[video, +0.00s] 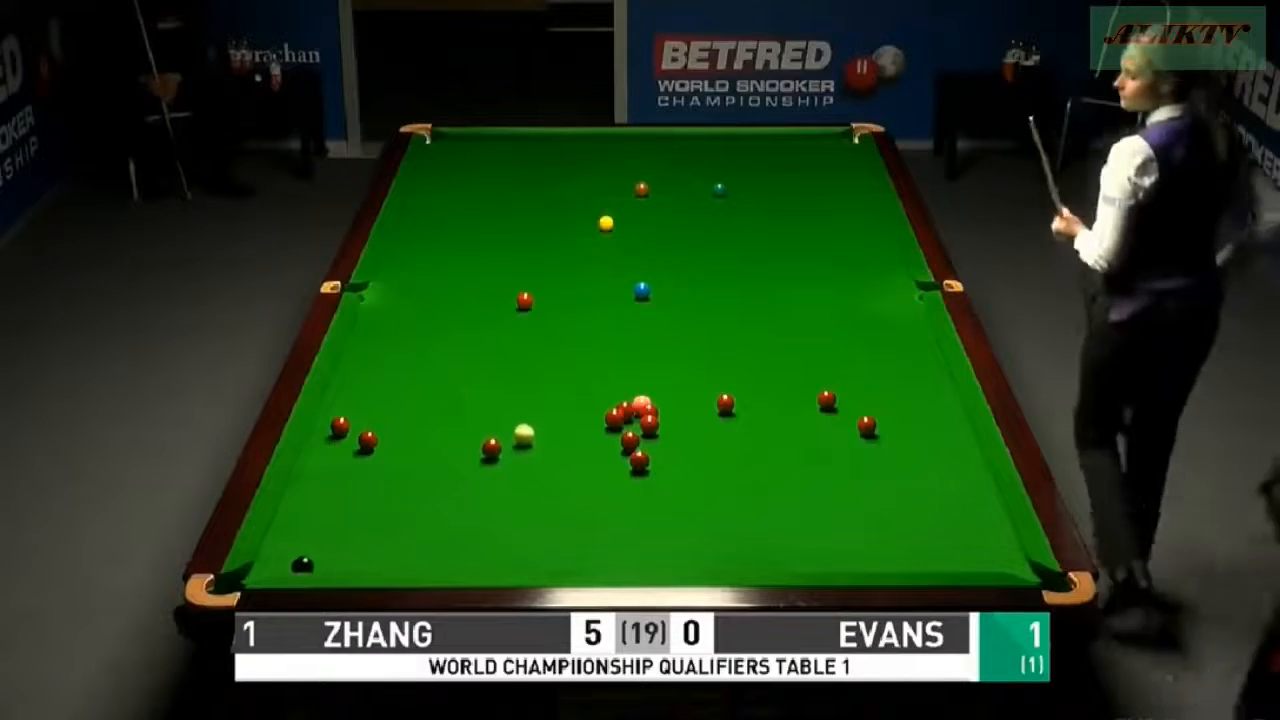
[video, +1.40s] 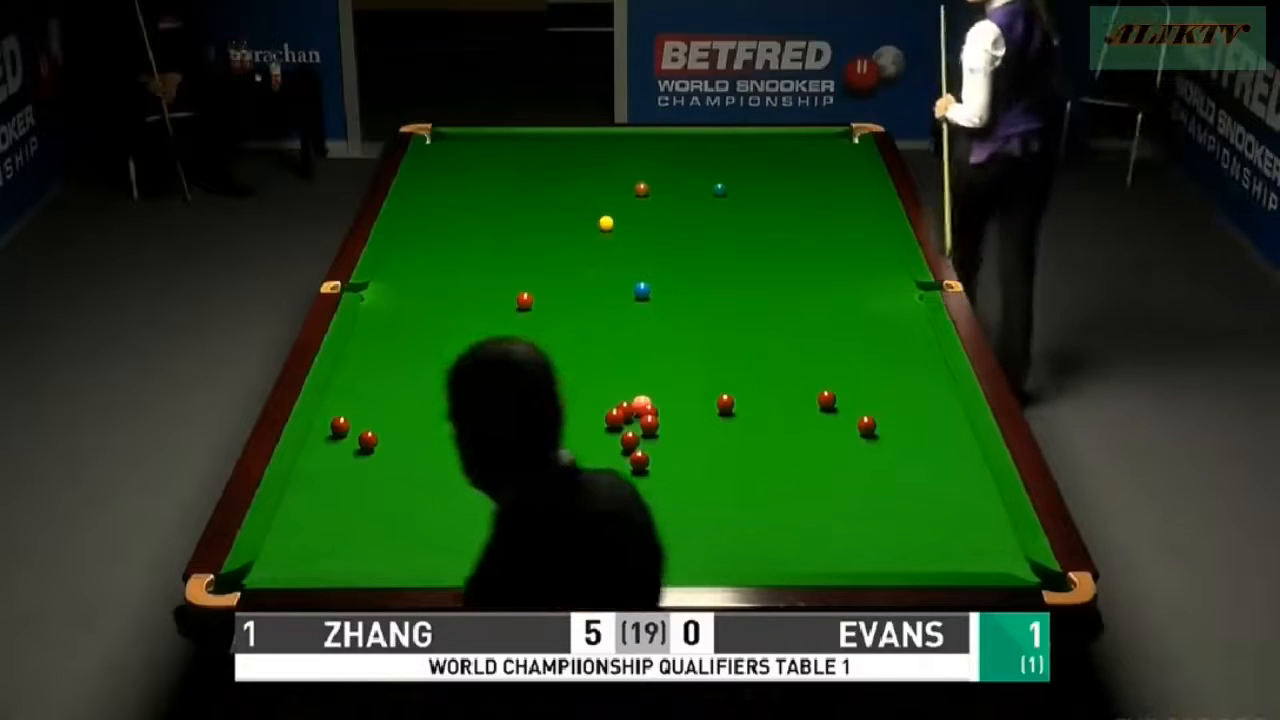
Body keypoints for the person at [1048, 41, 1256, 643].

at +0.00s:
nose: (1118, 83)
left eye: (1128, 75)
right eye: (1120, 72)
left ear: (1161, 83)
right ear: (1174, 82)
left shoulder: (1134, 153)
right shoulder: (1222, 138)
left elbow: (1104, 256)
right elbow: (1255, 220)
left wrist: (1074, 231)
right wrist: (1209, 261)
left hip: (1129, 316)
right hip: (1194, 312)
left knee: (1095, 432)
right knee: (1154, 439)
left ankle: (1124, 571)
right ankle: (1133, 574)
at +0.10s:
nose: (1105, 72)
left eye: (1114, 64)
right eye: (1107, 61)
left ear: (1144, 72)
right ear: (1163, 71)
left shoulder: (1119, 141)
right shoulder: (1210, 130)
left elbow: (1094, 240)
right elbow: (1255, 199)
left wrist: (1057, 221)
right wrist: (1204, 245)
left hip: (1112, 302)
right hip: (1176, 302)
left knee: (1079, 411)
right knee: (1146, 429)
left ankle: (1075, 552)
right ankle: (1127, 570)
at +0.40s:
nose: (1060, 57)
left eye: (1069, 50)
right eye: (1062, 47)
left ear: (1099, 55)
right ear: (1113, 56)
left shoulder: (1076, 123)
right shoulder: (1154, 106)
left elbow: (1061, 221)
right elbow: (1199, 169)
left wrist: (1019, 203)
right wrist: (1167, 229)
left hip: (1074, 269)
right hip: (1134, 266)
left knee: (1049, 384)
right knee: (1116, 387)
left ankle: (1056, 481)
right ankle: (1113, 479)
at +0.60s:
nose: (1034, 33)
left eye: (1044, 25)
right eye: (1036, 22)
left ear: (1078, 31)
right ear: (1082, 31)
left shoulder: (1049, 93)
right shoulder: (1126, 84)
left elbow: (1026, 188)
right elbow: (1155, 161)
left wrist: (999, 163)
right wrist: (1119, 194)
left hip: (1050, 242)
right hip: (1104, 239)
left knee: (1034, 353)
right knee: (1070, 342)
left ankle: (1033, 471)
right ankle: (1081, 467)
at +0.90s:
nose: (1010, 16)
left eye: (1019, 8)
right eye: (1011, 7)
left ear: (1048, 15)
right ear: (1050, 17)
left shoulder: (1025, 72)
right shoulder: (1082, 67)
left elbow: (998, 159)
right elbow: (1120, 134)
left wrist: (986, 135)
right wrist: (1074, 155)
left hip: (1029, 214)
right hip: (1070, 210)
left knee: (1022, 331)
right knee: (1030, 319)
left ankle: (1031, 452)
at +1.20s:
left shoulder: (1005, 42)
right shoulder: (1063, 34)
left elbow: (994, 127)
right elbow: (1108, 75)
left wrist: (967, 119)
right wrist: (1072, 117)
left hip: (1009, 174)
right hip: (1053, 173)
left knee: (979, 271)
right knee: (1027, 271)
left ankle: (1010, 368)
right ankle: (1023, 384)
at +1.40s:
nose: (965, 1)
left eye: (969, 1)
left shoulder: (984, 33)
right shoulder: (1039, 28)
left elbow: (976, 115)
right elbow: (1045, 102)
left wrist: (949, 108)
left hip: (982, 166)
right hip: (1031, 164)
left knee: (963, 265)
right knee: (1017, 272)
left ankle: (953, 370)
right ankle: (1012, 382)